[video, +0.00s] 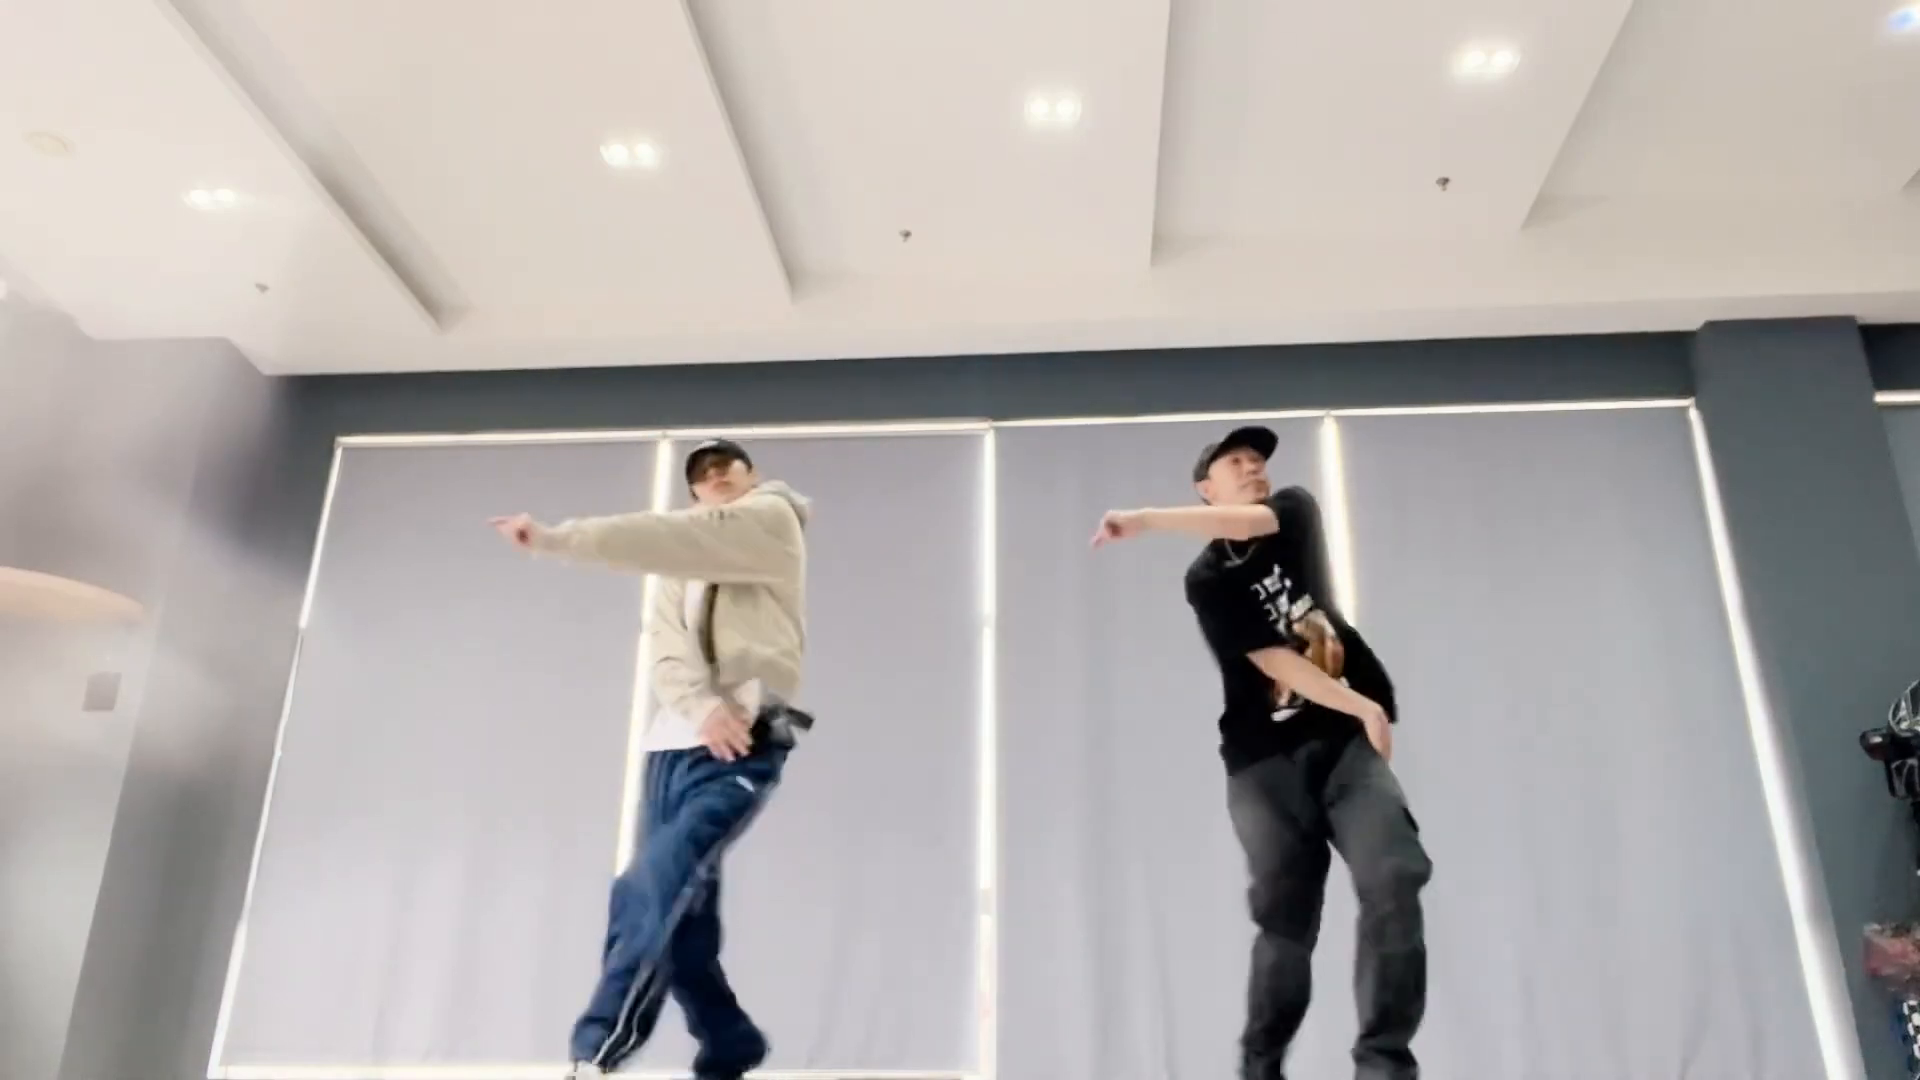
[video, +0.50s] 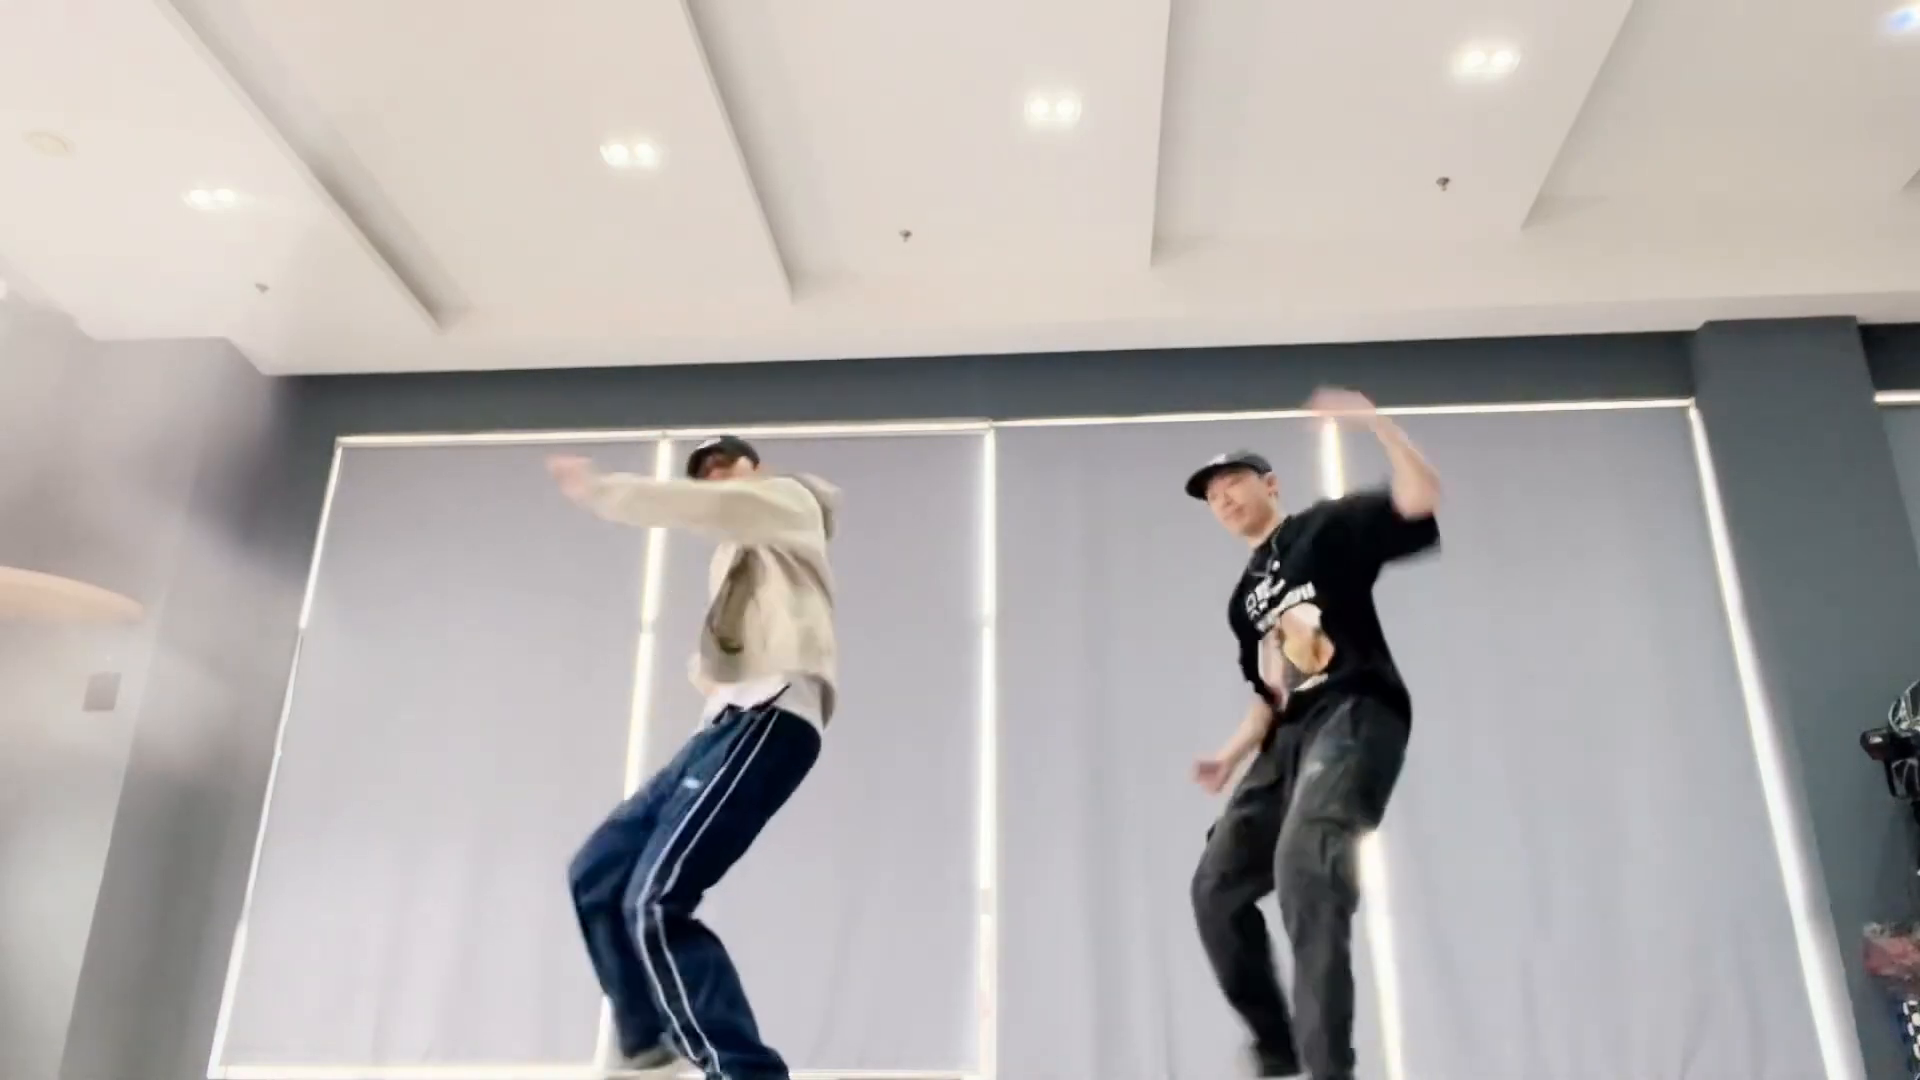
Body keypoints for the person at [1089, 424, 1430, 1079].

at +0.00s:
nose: (1252, 469)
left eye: (1258, 461)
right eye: (1235, 463)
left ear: (1270, 475)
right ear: (1203, 486)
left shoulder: (1297, 511)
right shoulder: (1207, 576)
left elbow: (1248, 523)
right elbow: (1274, 661)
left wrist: (1144, 519)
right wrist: (1362, 706)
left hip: (1344, 738)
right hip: (1263, 756)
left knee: (1395, 873)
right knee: (1285, 910)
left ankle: (1385, 1058)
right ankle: (1261, 1063)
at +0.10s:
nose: (1256, 481)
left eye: (1258, 473)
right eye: (1237, 476)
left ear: (1270, 483)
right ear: (1209, 499)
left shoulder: (1309, 526)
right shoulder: (1208, 586)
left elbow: (1301, 541)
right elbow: (1258, 674)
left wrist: (1208, 516)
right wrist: (1354, 722)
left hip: (1348, 758)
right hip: (1272, 770)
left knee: (1392, 878)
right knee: (1281, 913)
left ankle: (1384, 1062)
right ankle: (1252, 1068)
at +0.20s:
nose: (1242, 481)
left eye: (1247, 469)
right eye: (1225, 478)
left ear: (1265, 477)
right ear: (1211, 502)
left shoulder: (1313, 533)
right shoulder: (1208, 580)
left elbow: (1365, 549)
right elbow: (1227, 675)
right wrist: (1307, 712)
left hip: (1331, 739)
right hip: (1259, 759)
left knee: (1324, 878)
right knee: (1246, 905)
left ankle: (1372, 1061)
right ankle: (1324, 1046)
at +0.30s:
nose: (1251, 502)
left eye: (1258, 488)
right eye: (1235, 499)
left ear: (1283, 496)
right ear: (1227, 523)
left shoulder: (1336, 558)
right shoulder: (1225, 601)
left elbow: (1439, 560)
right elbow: (1226, 697)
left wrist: (1445, 601)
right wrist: (1278, 726)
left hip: (1334, 753)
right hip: (1268, 773)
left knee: (1254, 887)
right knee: (1240, 927)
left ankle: (1324, 1063)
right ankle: (1379, 1063)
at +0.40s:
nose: (1243, 503)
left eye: (1252, 489)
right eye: (1230, 501)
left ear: (1281, 494)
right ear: (1227, 522)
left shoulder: (1340, 559)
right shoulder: (1234, 604)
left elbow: (1448, 603)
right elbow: (1240, 698)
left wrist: (1425, 562)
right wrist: (1248, 745)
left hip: (1343, 739)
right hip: (1281, 761)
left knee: (1264, 893)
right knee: (1243, 930)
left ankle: (1328, 1069)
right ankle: (1368, 1064)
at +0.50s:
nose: (1226, 500)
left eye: (1235, 483)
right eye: (1215, 497)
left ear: (1270, 484)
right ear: (1215, 514)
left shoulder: (1324, 525)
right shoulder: (1245, 598)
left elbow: (1420, 501)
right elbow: (1272, 696)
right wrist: (1230, 756)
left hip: (1355, 709)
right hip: (1289, 736)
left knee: (1305, 863)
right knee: (1215, 889)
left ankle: (1327, 1067)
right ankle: (1277, 1050)